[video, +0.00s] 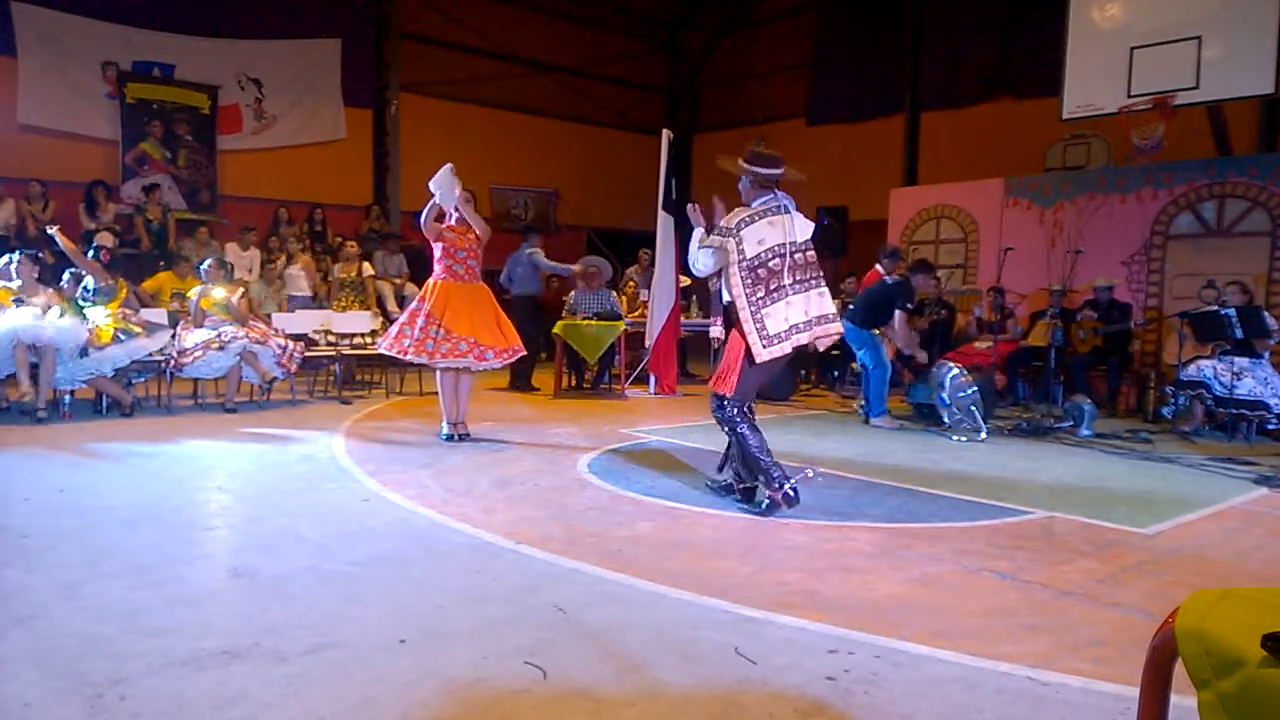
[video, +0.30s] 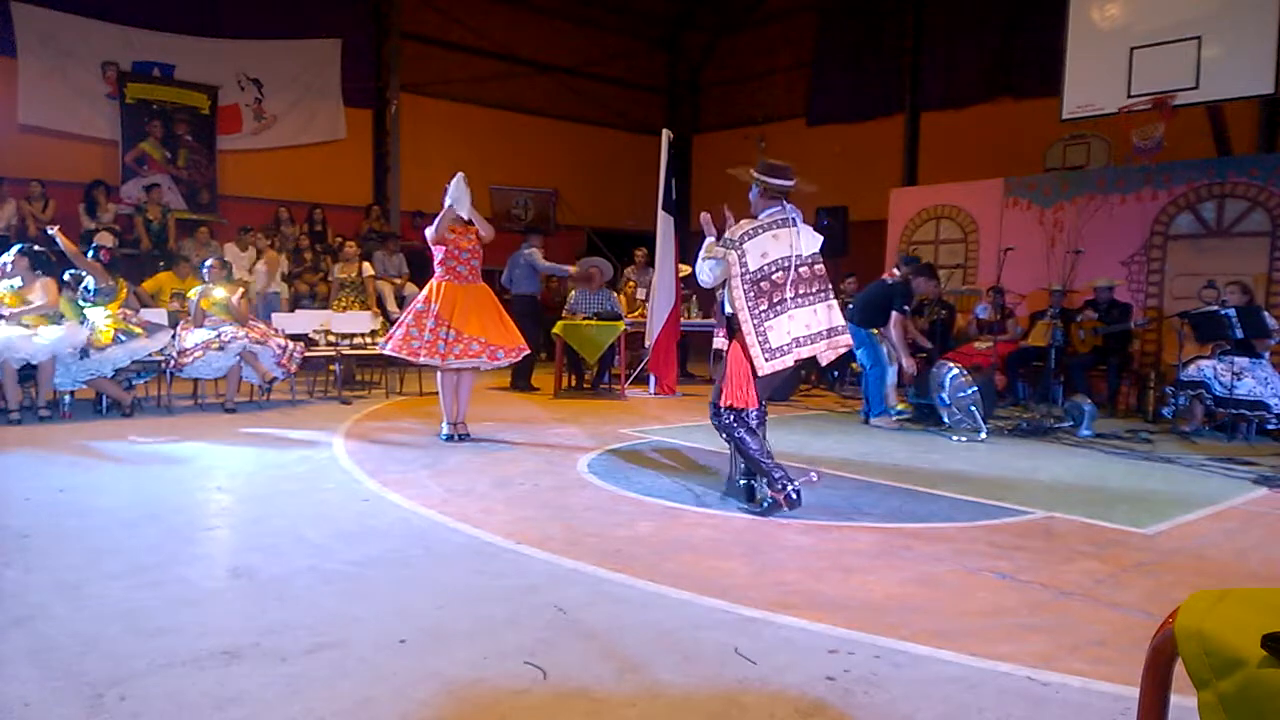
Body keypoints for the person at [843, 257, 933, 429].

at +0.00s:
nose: (930, 284)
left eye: (931, 280)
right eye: (929, 279)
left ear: (915, 275)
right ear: (920, 277)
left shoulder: (896, 283)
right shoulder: (906, 289)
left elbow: (884, 324)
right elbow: (900, 329)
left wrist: (902, 344)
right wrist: (915, 351)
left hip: (853, 323)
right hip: (860, 327)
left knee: (872, 366)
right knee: (880, 367)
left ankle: (871, 410)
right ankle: (878, 414)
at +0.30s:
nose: (930, 291)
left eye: (932, 286)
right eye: (930, 285)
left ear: (917, 278)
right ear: (920, 280)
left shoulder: (898, 286)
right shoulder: (904, 291)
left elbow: (888, 326)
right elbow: (895, 326)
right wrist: (905, 357)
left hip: (859, 324)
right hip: (861, 326)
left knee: (871, 368)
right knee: (877, 367)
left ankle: (870, 410)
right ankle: (878, 413)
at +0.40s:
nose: (930, 291)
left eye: (932, 286)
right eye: (930, 285)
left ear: (917, 278)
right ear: (920, 280)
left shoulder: (900, 287)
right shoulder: (903, 290)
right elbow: (895, 327)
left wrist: (927, 344)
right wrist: (908, 357)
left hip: (855, 322)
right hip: (859, 325)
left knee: (870, 367)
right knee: (877, 366)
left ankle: (869, 410)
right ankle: (877, 413)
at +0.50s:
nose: (927, 294)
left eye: (930, 291)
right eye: (929, 289)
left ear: (917, 280)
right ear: (920, 281)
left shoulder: (898, 286)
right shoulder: (902, 292)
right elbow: (897, 328)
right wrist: (913, 356)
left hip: (851, 323)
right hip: (858, 325)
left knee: (868, 367)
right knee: (876, 366)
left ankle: (869, 409)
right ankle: (873, 413)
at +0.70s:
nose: (926, 292)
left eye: (928, 288)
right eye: (926, 287)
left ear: (914, 279)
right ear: (916, 280)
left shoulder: (894, 283)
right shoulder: (902, 291)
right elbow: (904, 330)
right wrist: (921, 358)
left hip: (847, 323)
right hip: (856, 327)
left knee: (866, 368)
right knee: (870, 369)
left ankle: (868, 408)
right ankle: (862, 414)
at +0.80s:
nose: (923, 293)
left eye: (926, 289)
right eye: (924, 288)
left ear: (911, 279)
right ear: (915, 280)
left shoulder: (888, 281)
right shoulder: (901, 291)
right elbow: (903, 329)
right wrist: (920, 358)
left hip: (843, 322)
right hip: (856, 327)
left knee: (860, 369)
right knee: (869, 370)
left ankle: (866, 408)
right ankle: (861, 414)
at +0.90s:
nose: (921, 293)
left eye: (924, 289)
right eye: (921, 288)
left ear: (908, 279)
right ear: (912, 280)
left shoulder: (886, 281)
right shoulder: (900, 292)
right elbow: (902, 330)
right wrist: (920, 358)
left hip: (841, 319)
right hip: (854, 326)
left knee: (853, 370)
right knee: (866, 370)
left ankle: (858, 406)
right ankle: (858, 415)